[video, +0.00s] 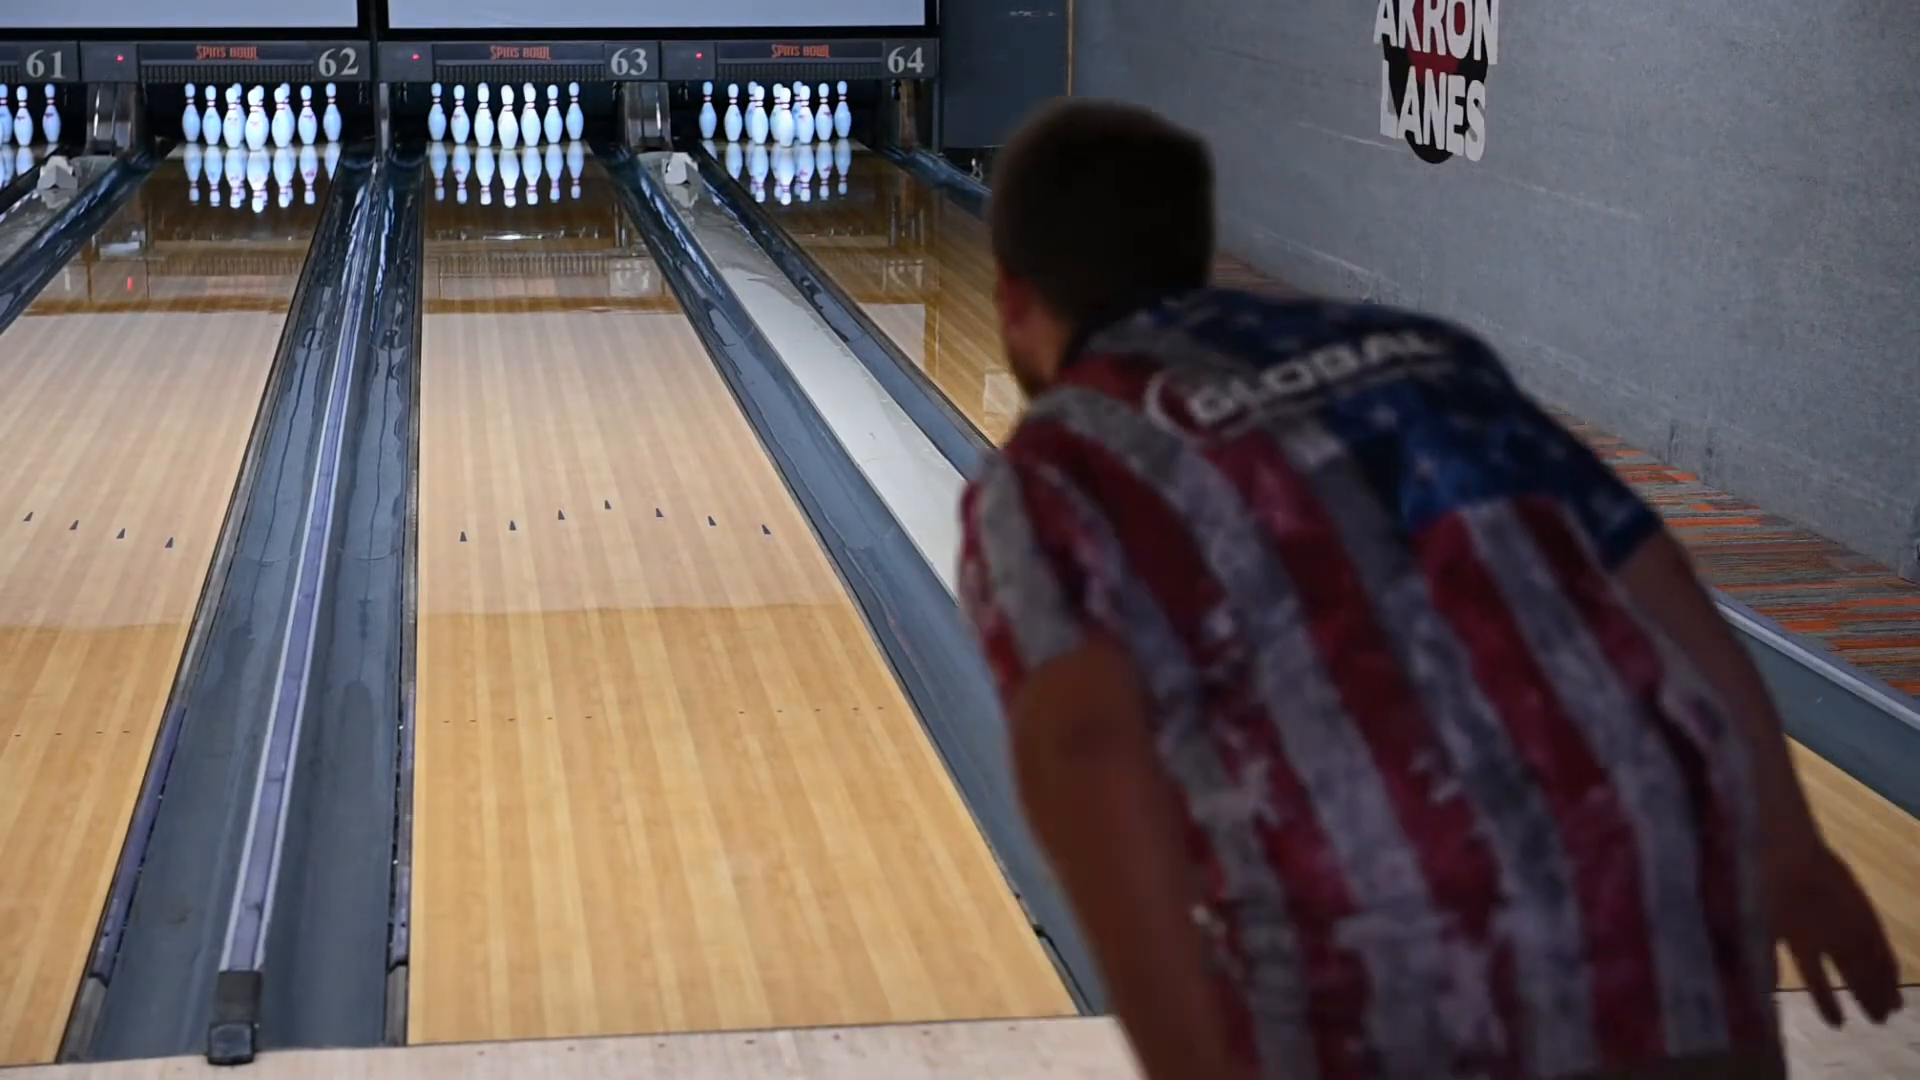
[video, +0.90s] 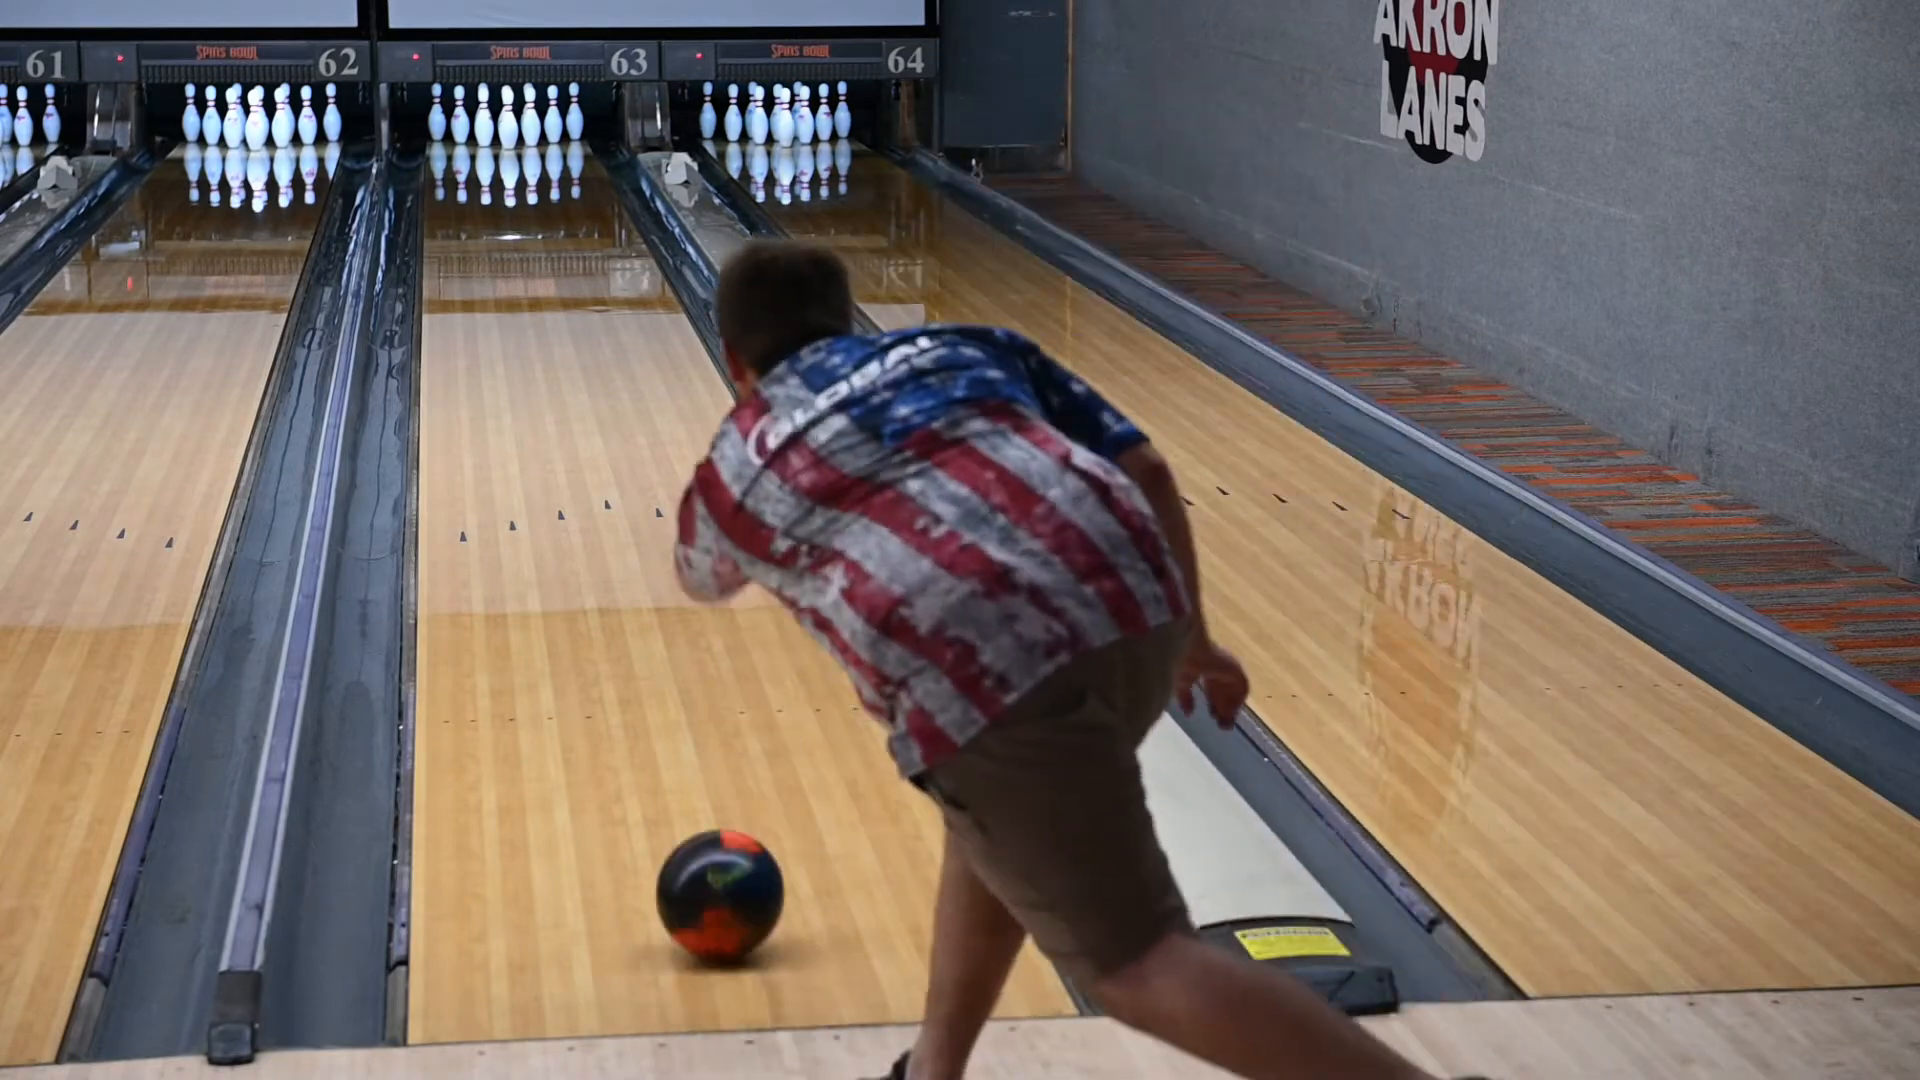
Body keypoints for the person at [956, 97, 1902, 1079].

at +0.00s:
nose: (998, 312)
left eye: (998, 288)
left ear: (1018, 298)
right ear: (1203, 256)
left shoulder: (1043, 474)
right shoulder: (1414, 340)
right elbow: (1664, 583)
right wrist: (1788, 838)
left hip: (1377, 965)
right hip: (1677, 891)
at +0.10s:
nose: (959, 305)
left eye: (952, 285)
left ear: (973, 274)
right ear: (1155, 233)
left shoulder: (1007, 352)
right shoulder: (1335, 323)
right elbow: (1550, 531)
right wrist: (1701, 763)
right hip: (1583, 895)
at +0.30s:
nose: (866, 315)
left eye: (867, 299)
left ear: (885, 290)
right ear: (1034, 220)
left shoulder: (925, 356)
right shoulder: (1202, 282)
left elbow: (1058, 261)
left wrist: (1161, 128)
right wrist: (1180, 124)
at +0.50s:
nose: (784, 429)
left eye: (780, 411)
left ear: (793, 413)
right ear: (929, 363)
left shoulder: (831, 501)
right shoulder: (1023, 409)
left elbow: (944, 489)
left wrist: (1048, 435)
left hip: (1172, 844)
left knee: (1117, 1054)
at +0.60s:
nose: (747, 457)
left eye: (740, 438)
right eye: (746, 439)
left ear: (754, 435)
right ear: (882, 383)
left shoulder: (800, 514)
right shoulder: (997, 425)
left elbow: (914, 590)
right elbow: (1190, 452)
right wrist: (1333, 494)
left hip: (1141, 812)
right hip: (1283, 731)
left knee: (1149, 1063)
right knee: (1061, 1023)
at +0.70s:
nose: (734, 426)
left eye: (733, 409)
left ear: (752, 410)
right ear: (877, 366)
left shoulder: (766, 515)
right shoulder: (985, 383)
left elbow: (840, 711)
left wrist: (897, 947)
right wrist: (1327, 469)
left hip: (1060, 789)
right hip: (1217, 712)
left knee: (1169, 1062)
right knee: (1014, 869)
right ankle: (953, 1054)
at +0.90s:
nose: (731, 382)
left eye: (730, 365)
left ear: (739, 366)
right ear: (855, 317)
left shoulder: (743, 455)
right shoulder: (969, 341)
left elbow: (701, 575)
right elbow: (1145, 467)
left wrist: (754, 462)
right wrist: (1192, 633)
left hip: (995, 689)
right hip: (1142, 615)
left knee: (1143, 962)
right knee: (985, 824)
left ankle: (1407, 1071)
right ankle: (931, 1069)